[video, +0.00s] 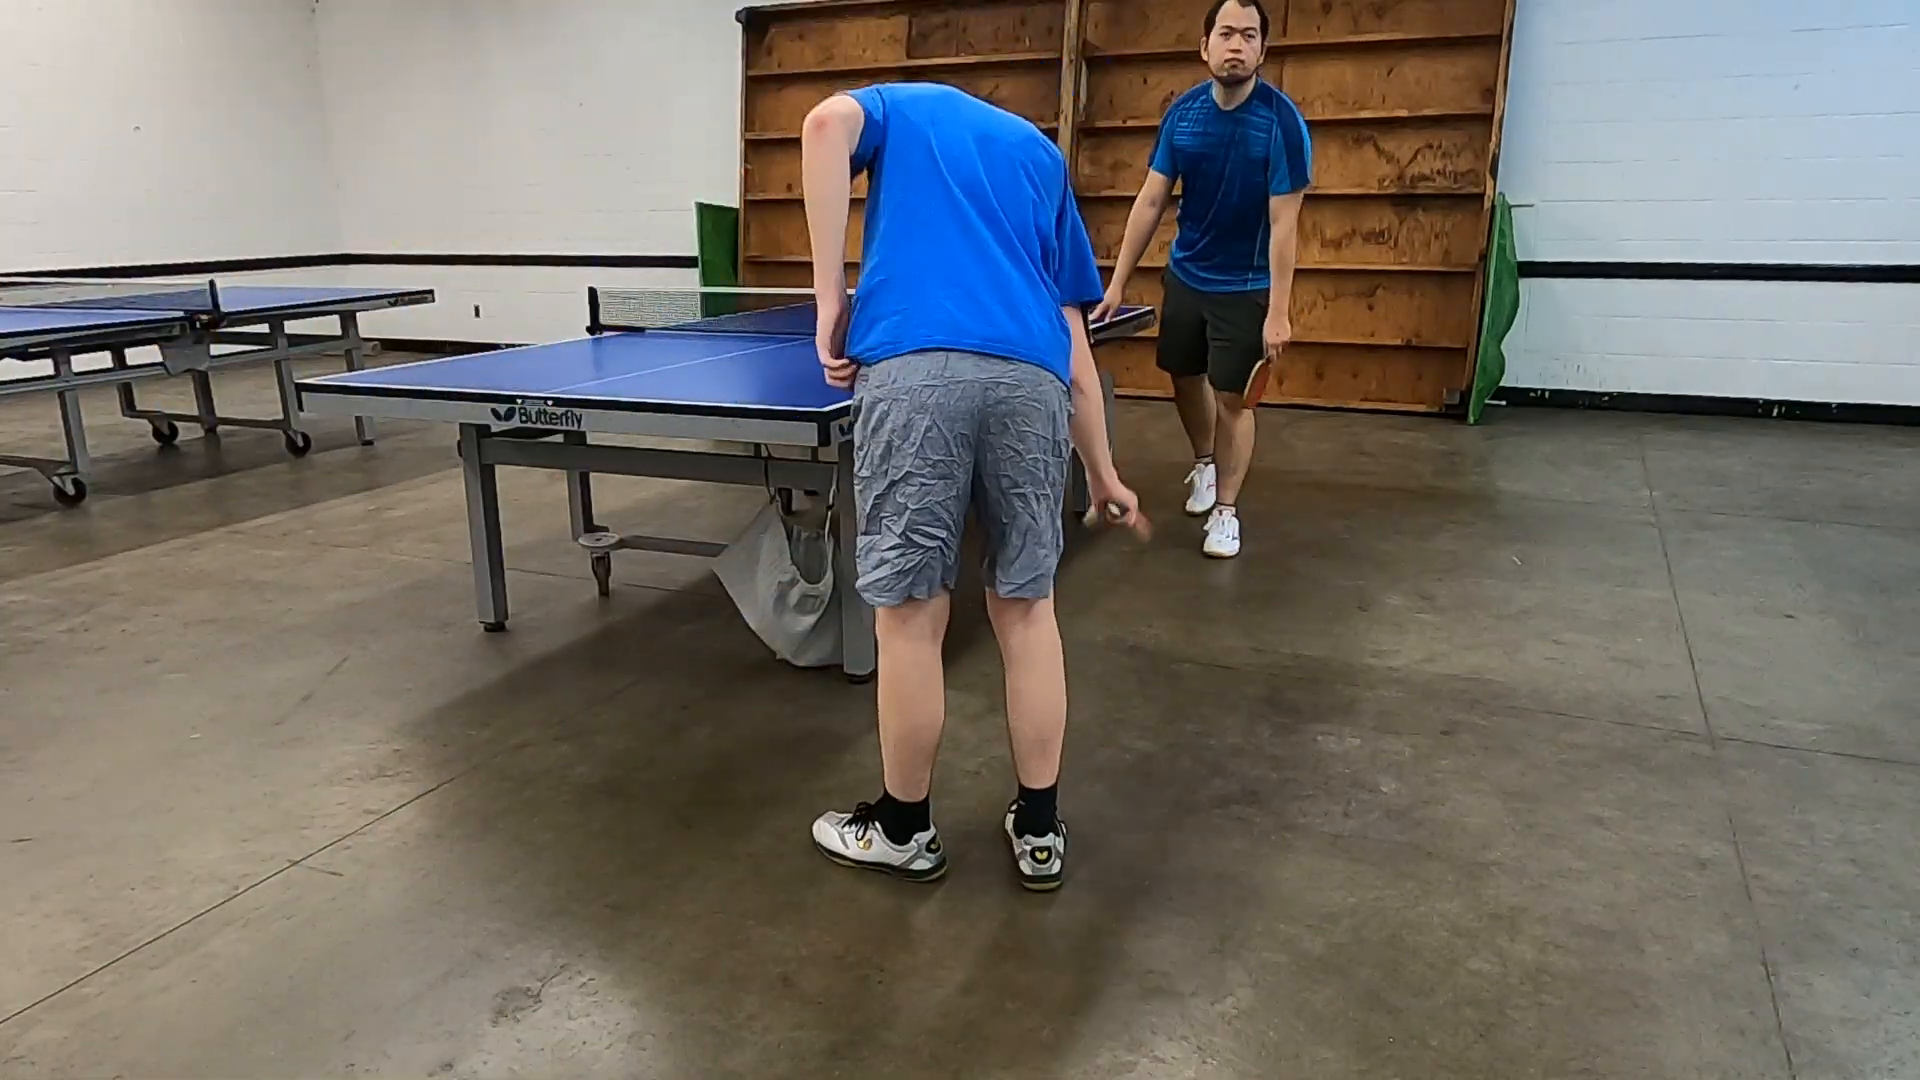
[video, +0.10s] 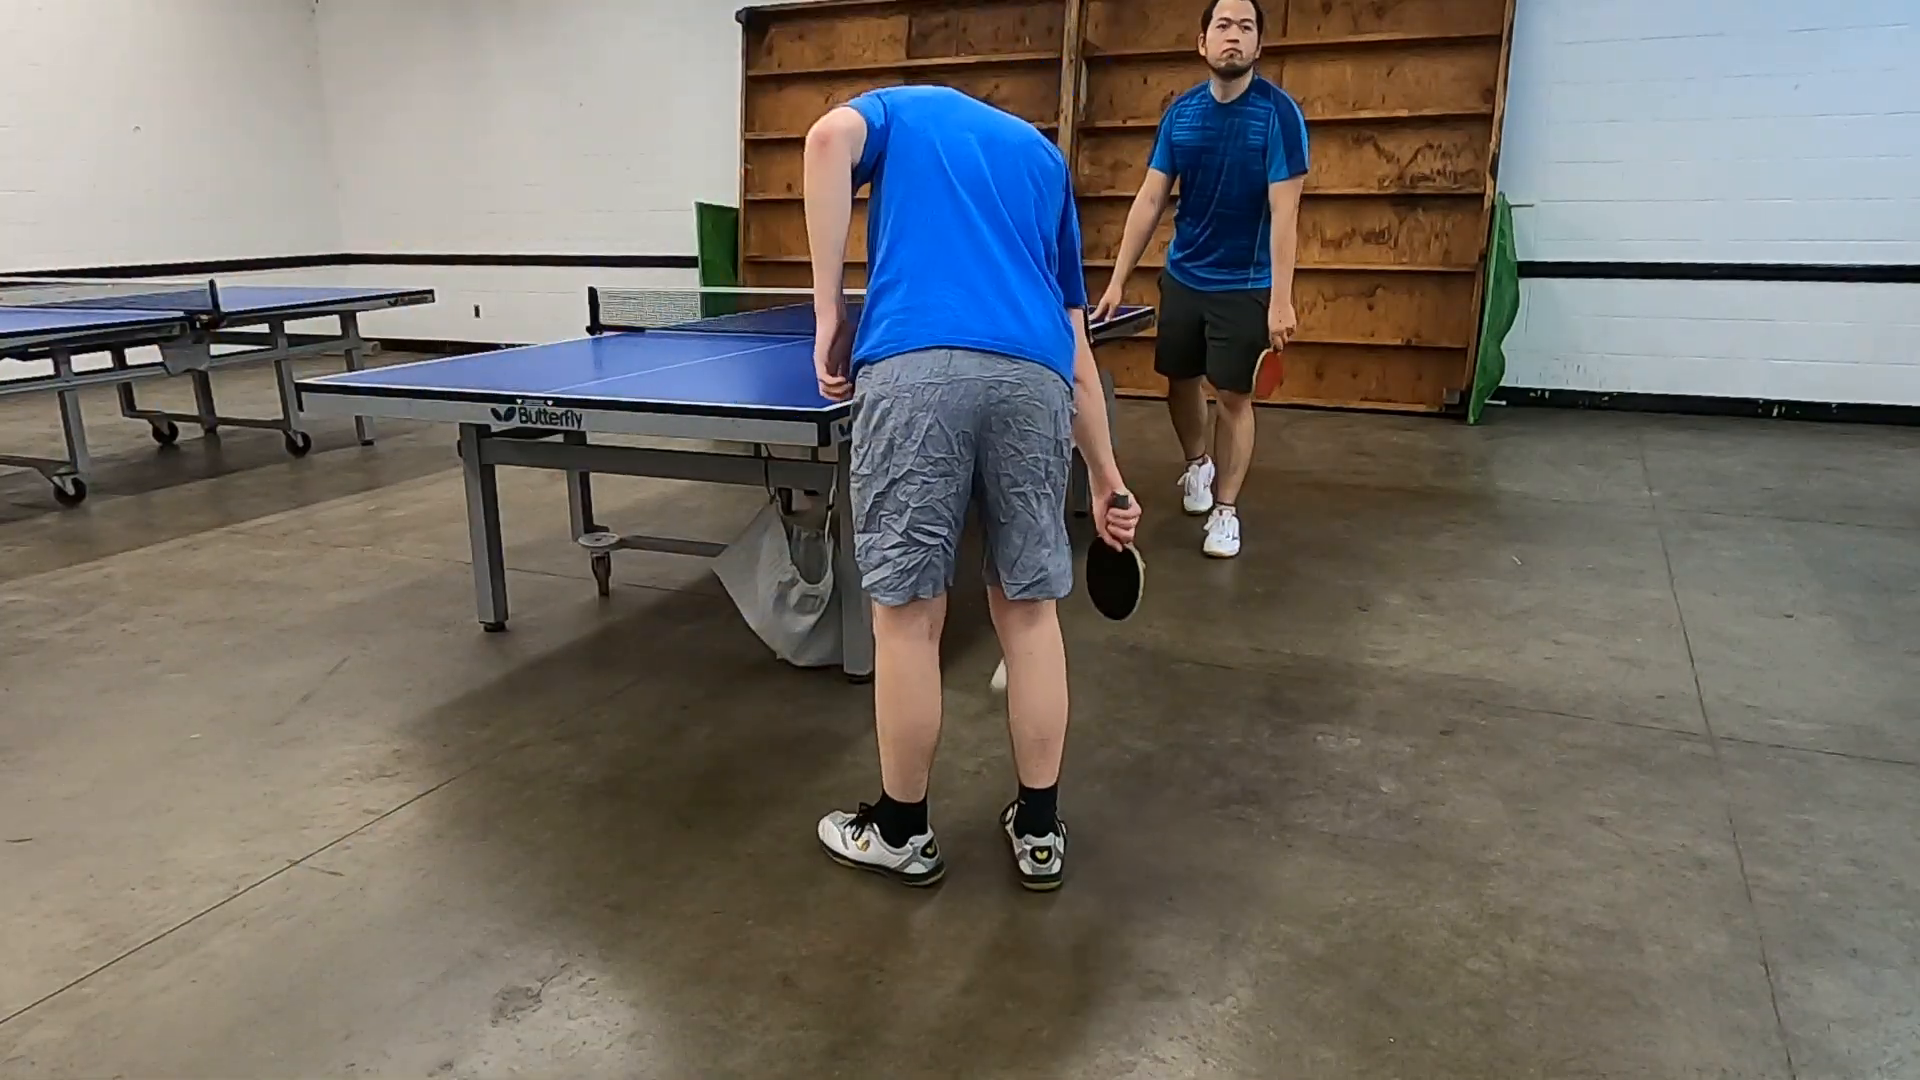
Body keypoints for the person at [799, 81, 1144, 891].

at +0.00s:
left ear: (922, 99)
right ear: (1005, 121)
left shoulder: (902, 104)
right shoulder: (1046, 160)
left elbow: (826, 125)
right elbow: (1073, 335)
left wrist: (831, 293)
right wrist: (1102, 467)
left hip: (916, 369)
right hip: (1032, 382)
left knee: (910, 614)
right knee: (1027, 607)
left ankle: (905, 825)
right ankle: (1040, 830)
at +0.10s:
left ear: (920, 99)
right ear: (1000, 118)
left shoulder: (898, 105)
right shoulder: (1047, 159)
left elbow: (829, 136)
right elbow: (1074, 335)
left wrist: (829, 314)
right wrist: (1105, 471)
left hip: (917, 367)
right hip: (1034, 380)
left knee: (908, 613)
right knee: (1028, 603)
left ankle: (903, 828)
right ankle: (1041, 828)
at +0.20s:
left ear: (901, 88)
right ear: (973, 95)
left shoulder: (880, 99)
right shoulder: (1037, 142)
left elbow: (819, 178)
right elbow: (1075, 323)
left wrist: (824, 338)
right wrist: (1105, 453)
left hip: (917, 376)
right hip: (1034, 383)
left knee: (897, 604)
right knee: (1028, 602)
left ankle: (900, 830)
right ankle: (1042, 829)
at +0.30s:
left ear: (878, 84)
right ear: (947, 83)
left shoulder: (853, 106)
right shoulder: (1019, 129)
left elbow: (802, 255)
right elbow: (1070, 308)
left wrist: (818, 379)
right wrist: (1096, 440)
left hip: (912, 378)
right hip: (1034, 379)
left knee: (873, 592)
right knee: (1029, 604)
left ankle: (876, 825)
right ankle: (1041, 832)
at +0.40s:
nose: (818, 109)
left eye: (819, 96)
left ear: (832, 89)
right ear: (905, 76)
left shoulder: (817, 126)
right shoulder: (985, 117)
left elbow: (797, 318)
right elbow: (1054, 293)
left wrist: (809, 421)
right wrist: (1076, 418)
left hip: (902, 380)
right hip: (1023, 375)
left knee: (845, 597)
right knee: (1029, 608)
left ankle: (820, 816)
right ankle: (1041, 829)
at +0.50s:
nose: (765, 119)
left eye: (763, 107)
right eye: (768, 105)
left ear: (776, 93)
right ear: (848, 69)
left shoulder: (770, 144)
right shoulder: (938, 108)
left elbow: (778, 339)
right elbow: (1025, 273)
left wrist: (787, 460)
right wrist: (1046, 390)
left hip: (872, 390)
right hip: (991, 375)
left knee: (816, 600)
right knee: (1015, 603)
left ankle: (775, 816)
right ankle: (1041, 829)